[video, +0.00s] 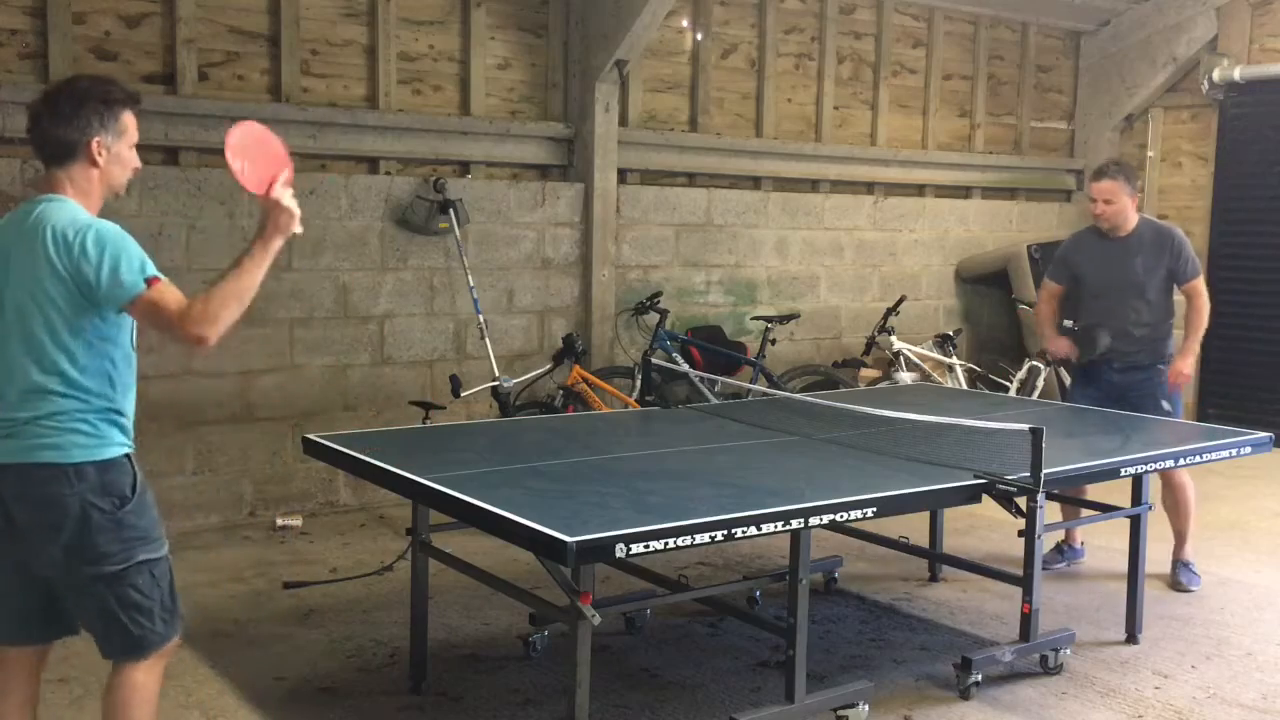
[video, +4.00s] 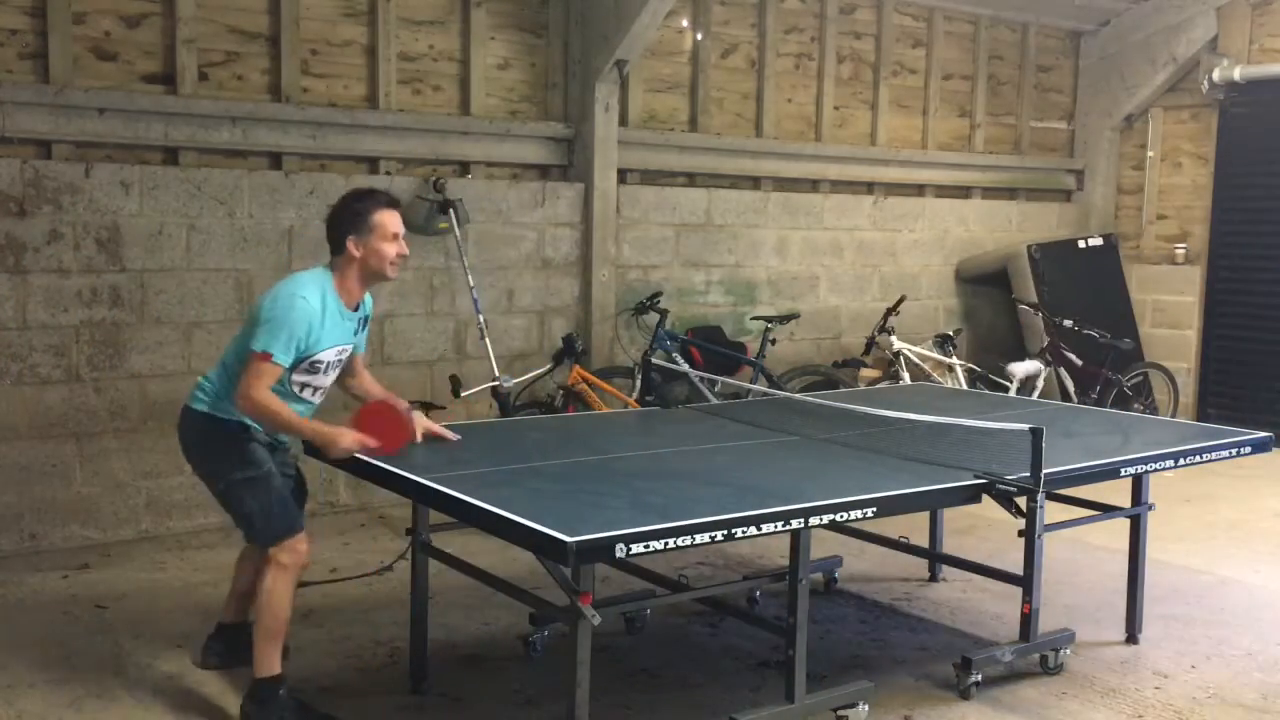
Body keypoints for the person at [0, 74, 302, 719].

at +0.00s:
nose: (139, 163)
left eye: (138, 146)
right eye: (132, 145)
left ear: (72, 147)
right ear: (96, 149)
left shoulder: (10, 230)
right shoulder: (88, 237)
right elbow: (201, 325)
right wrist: (272, 238)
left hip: (12, 470)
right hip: (83, 471)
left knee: (19, 647)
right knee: (146, 641)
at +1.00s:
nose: (397, 226)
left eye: (396, 210)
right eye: (389, 212)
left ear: (337, 221)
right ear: (345, 220)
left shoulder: (268, 273)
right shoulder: (309, 305)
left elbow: (261, 376)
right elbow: (366, 435)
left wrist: (347, 383)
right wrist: (477, 457)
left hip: (156, 472)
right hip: (194, 489)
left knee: (163, 640)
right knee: (268, 674)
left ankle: (70, 712)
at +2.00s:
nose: (747, 243)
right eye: (747, 237)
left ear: (672, 245)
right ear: (743, 248)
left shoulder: (625, 307)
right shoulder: (775, 326)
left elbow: (557, 427)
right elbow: (781, 457)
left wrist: (589, 460)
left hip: (657, 514)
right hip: (763, 513)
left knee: (556, 676)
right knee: (793, 696)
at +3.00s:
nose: (526, 221)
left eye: (527, 209)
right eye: (524, 209)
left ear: (449, 207)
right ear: (498, 213)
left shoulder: (378, 255)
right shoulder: (512, 291)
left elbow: (281, 324)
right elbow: (555, 407)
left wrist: (261, 398)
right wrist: (584, 420)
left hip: (351, 457)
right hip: (443, 460)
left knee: (341, 621)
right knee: (455, 630)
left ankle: (347, 715)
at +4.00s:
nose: (403, 250)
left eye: (403, 238)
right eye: (392, 238)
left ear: (364, 247)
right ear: (354, 246)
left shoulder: (361, 303)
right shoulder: (298, 300)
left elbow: (350, 371)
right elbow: (250, 393)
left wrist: (404, 413)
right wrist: (322, 434)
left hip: (269, 429)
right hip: (220, 424)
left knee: (275, 532)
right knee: (289, 549)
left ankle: (229, 635)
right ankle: (267, 693)